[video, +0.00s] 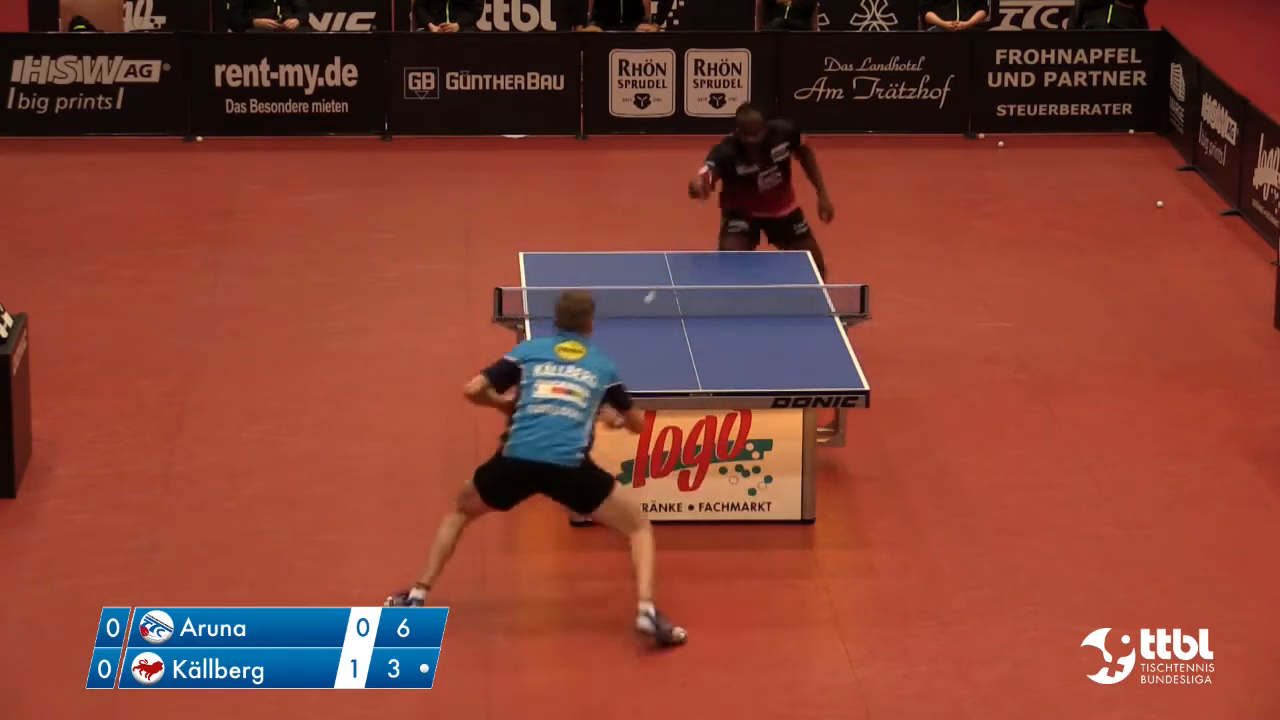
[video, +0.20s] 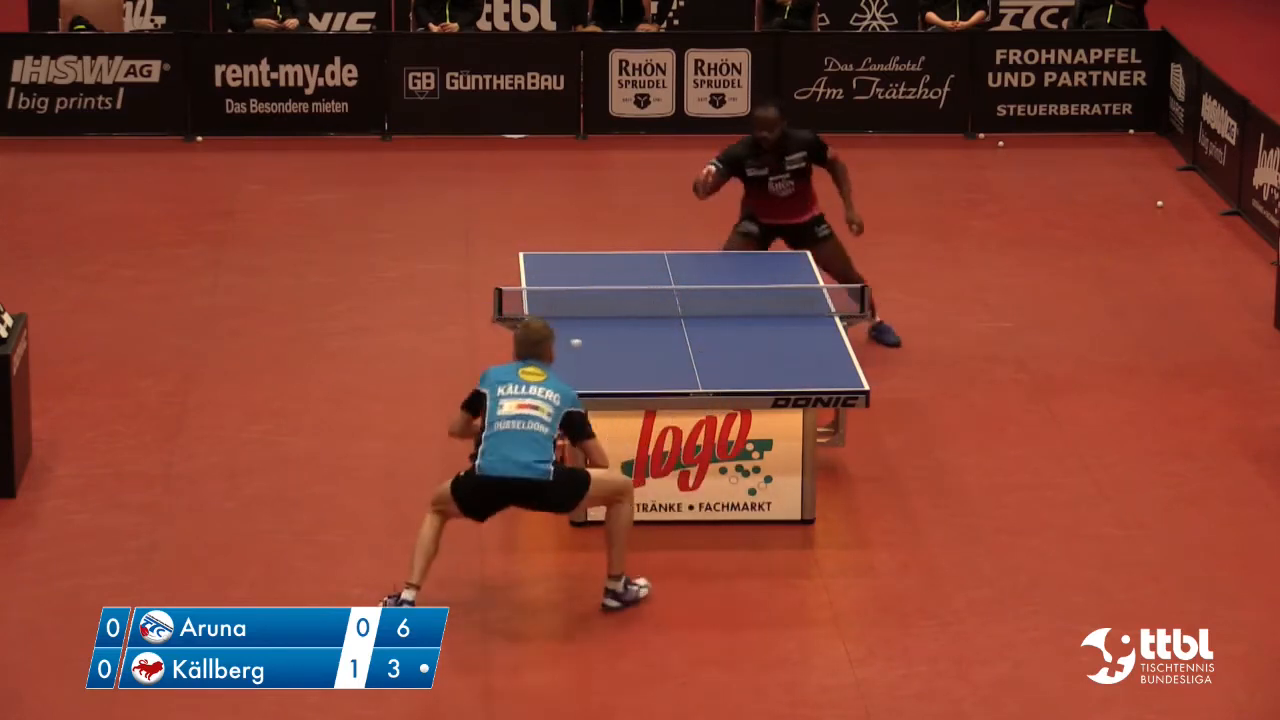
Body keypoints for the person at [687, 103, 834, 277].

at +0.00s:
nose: (750, 138)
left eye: (756, 133)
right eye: (745, 133)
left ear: (765, 128)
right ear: (737, 130)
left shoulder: (783, 134)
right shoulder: (727, 149)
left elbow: (804, 154)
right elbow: (707, 173)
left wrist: (822, 196)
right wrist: (699, 186)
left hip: (784, 215)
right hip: (741, 217)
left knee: (816, 272)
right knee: (728, 269)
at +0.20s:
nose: (764, 135)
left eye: (770, 129)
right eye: (759, 129)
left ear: (782, 125)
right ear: (752, 127)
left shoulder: (804, 143)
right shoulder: (742, 151)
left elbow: (836, 165)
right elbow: (708, 187)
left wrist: (850, 210)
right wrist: (703, 184)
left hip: (805, 222)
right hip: (756, 223)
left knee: (847, 275)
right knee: (724, 270)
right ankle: (714, 332)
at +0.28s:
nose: (772, 132)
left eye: (777, 125)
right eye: (767, 126)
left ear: (789, 124)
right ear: (759, 125)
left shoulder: (815, 142)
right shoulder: (751, 152)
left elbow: (852, 167)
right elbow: (730, 181)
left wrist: (851, 215)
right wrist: (716, 193)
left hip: (818, 216)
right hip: (772, 217)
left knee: (855, 275)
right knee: (735, 262)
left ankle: (877, 324)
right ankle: (730, 326)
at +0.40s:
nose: (778, 120)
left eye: (784, 114)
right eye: (774, 114)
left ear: (796, 111)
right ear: (768, 113)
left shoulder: (821, 131)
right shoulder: (763, 141)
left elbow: (860, 160)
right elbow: (751, 179)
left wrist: (845, 203)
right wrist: (737, 191)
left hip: (832, 205)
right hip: (788, 204)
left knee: (866, 272)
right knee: (748, 252)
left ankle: (894, 313)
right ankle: (747, 319)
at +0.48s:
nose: (782, 125)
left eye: (788, 118)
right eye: (777, 119)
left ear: (799, 116)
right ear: (771, 120)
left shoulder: (826, 137)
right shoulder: (770, 148)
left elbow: (860, 175)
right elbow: (767, 184)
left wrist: (836, 213)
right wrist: (754, 197)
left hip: (842, 212)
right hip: (796, 211)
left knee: (874, 276)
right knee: (749, 259)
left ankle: (919, 326)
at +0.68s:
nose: (745, 144)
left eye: (750, 137)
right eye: (742, 138)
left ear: (766, 134)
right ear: (742, 138)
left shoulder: (785, 156)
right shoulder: (765, 158)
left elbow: (790, 201)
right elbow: (772, 193)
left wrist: (754, 234)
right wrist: (749, 218)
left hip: (834, 226)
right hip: (799, 225)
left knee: (867, 291)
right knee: (743, 247)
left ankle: (926, 328)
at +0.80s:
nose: (707, 136)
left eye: (712, 130)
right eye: (705, 130)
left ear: (728, 126)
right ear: (709, 128)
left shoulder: (746, 144)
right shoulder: (730, 145)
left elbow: (758, 177)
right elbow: (750, 173)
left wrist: (744, 208)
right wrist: (739, 188)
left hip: (803, 216)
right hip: (769, 216)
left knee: (837, 281)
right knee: (714, 238)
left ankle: (912, 321)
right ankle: (723, 306)